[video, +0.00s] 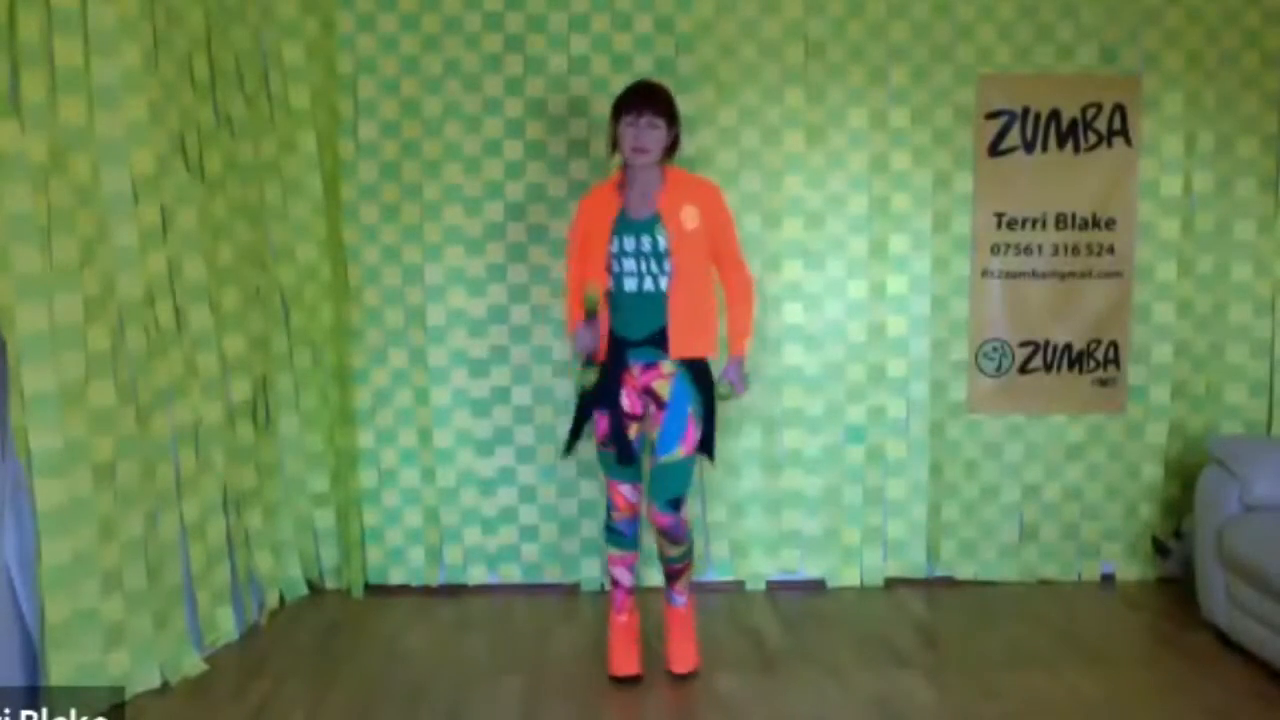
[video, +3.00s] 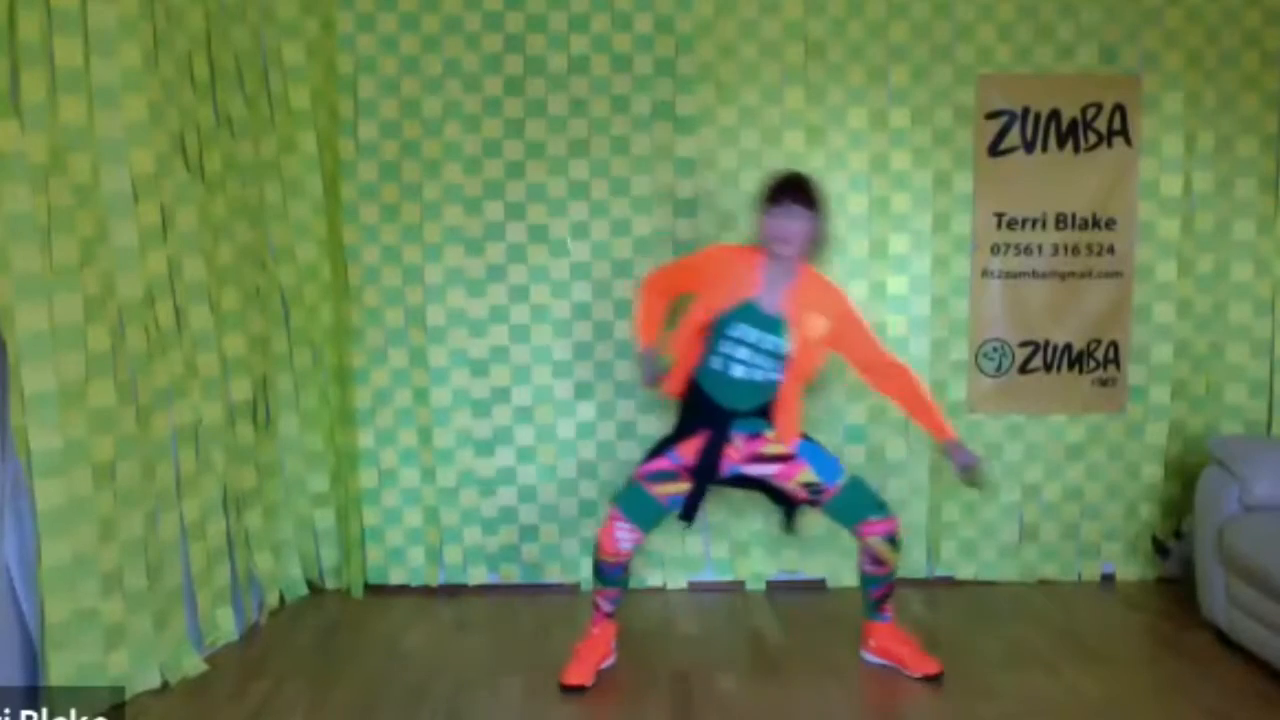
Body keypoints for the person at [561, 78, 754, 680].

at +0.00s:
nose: (641, 134)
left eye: (653, 124)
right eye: (631, 123)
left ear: (672, 135)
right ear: (615, 133)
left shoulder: (700, 197)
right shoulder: (595, 205)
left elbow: (737, 277)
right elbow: (577, 280)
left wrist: (737, 352)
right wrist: (579, 325)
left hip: (680, 364)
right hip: (615, 364)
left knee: (666, 507)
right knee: (622, 502)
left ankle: (680, 609)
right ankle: (622, 620)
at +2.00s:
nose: (634, 127)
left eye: (643, 117)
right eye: (622, 117)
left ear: (656, 131)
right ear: (600, 131)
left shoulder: (684, 198)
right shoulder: (575, 201)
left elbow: (712, 274)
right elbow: (548, 281)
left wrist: (713, 340)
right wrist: (569, 310)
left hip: (665, 362)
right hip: (600, 361)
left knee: (659, 504)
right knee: (602, 500)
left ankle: (664, 607)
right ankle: (602, 616)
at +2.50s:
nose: (630, 135)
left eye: (641, 126)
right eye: (619, 127)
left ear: (660, 138)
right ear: (604, 142)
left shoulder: (692, 186)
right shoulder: (591, 213)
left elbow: (733, 249)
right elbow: (563, 303)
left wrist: (725, 305)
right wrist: (542, 394)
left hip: (689, 364)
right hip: (622, 370)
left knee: (677, 500)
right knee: (607, 501)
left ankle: (649, 615)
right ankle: (597, 625)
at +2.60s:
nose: (622, 155)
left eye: (631, 146)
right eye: (611, 148)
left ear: (651, 158)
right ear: (594, 166)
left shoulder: (688, 210)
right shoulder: (589, 243)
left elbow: (714, 279)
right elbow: (569, 335)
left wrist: (730, 344)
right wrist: (552, 427)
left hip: (698, 374)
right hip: (630, 384)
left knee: (731, 512)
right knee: (609, 519)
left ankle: (689, 604)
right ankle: (598, 632)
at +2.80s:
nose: (678, 192)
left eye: (689, 182)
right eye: (667, 182)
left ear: (705, 191)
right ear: (648, 190)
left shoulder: (729, 253)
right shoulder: (620, 258)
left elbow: (783, 323)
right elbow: (579, 333)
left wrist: (826, 395)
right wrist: (575, 408)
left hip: (719, 411)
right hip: (645, 416)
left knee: (808, 511)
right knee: (590, 527)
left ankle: (851, 624)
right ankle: (595, 635)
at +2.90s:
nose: (720, 206)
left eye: (732, 195)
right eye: (710, 194)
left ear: (746, 205)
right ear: (691, 200)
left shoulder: (765, 271)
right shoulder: (655, 258)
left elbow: (819, 341)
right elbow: (603, 310)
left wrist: (874, 410)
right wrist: (597, 380)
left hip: (739, 428)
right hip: (664, 428)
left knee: (838, 526)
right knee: (597, 525)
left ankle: (874, 631)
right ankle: (596, 635)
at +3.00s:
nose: (786, 228)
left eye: (799, 218)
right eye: (778, 215)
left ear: (816, 230)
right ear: (761, 220)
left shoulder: (824, 303)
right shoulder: (722, 266)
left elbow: (884, 370)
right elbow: (655, 288)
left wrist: (947, 438)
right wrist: (648, 347)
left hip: (774, 445)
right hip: (698, 438)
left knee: (877, 525)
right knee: (617, 535)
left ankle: (881, 631)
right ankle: (600, 634)